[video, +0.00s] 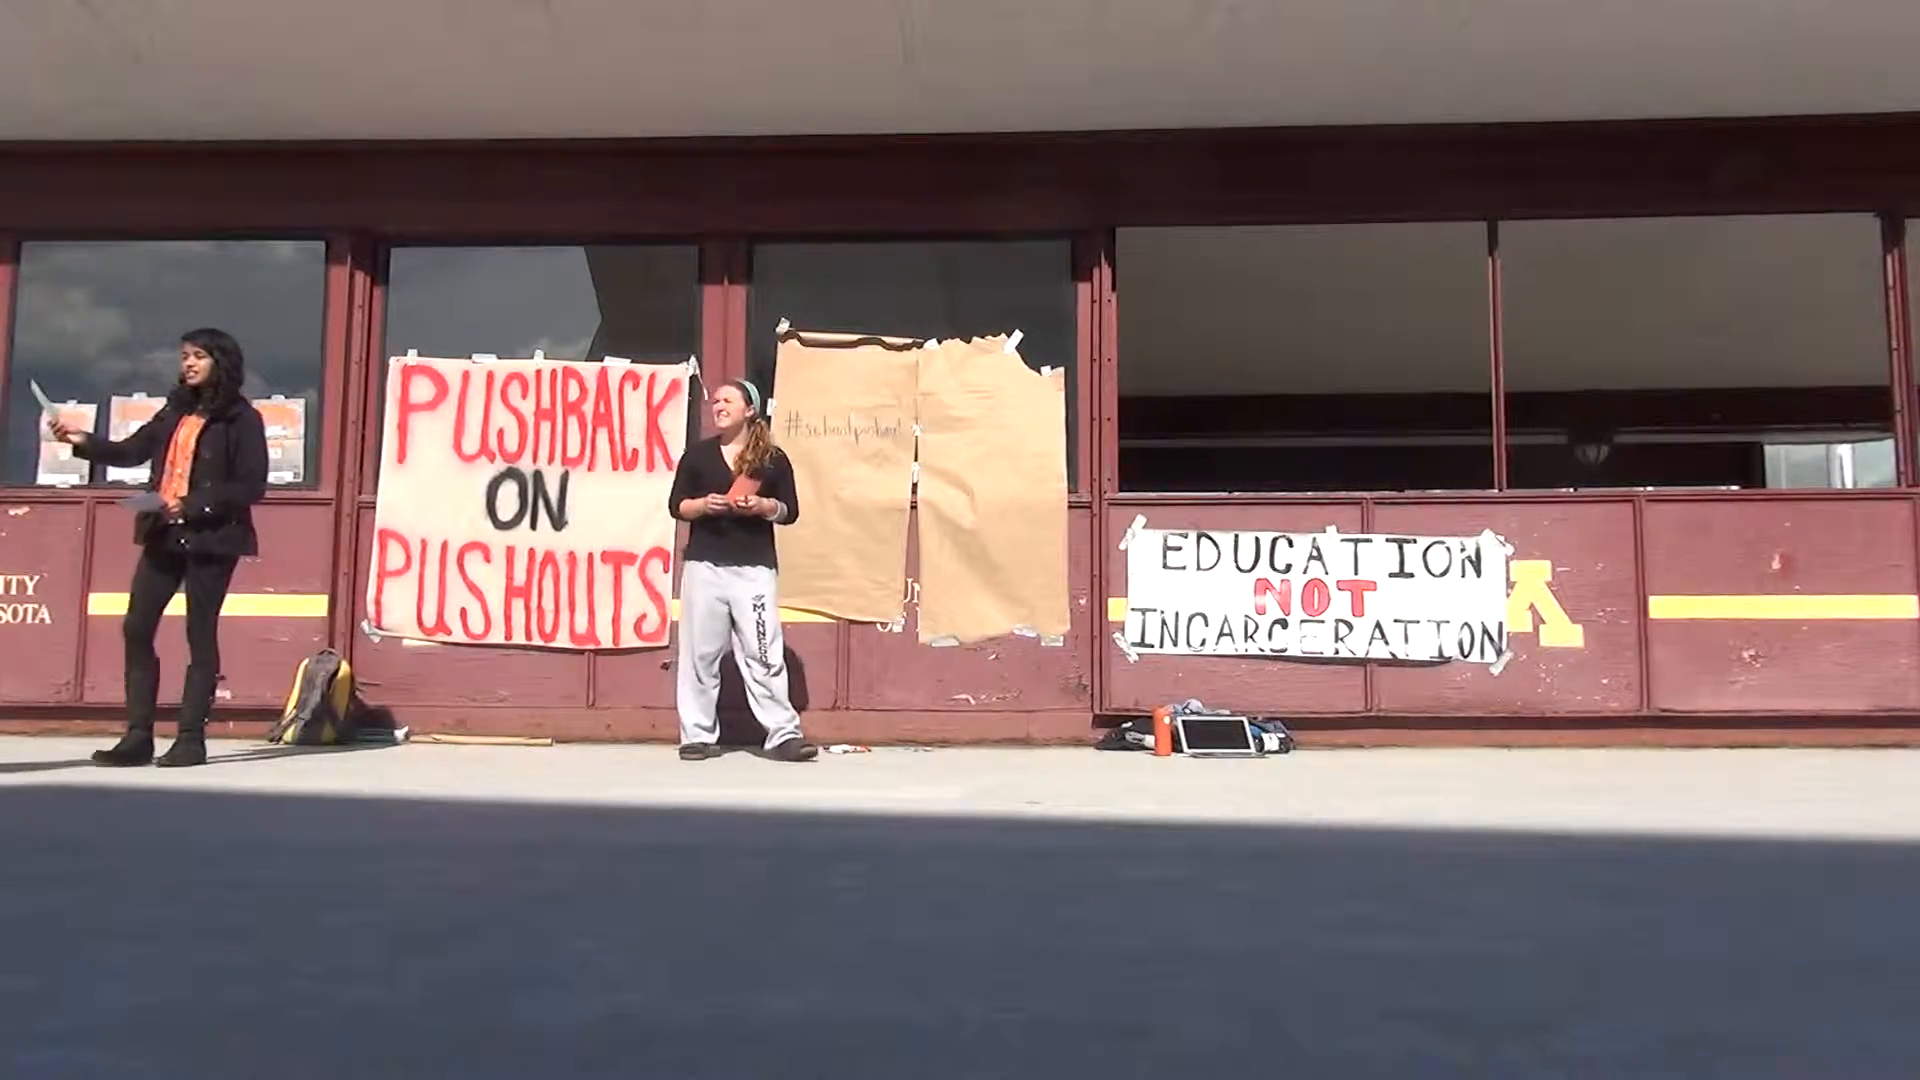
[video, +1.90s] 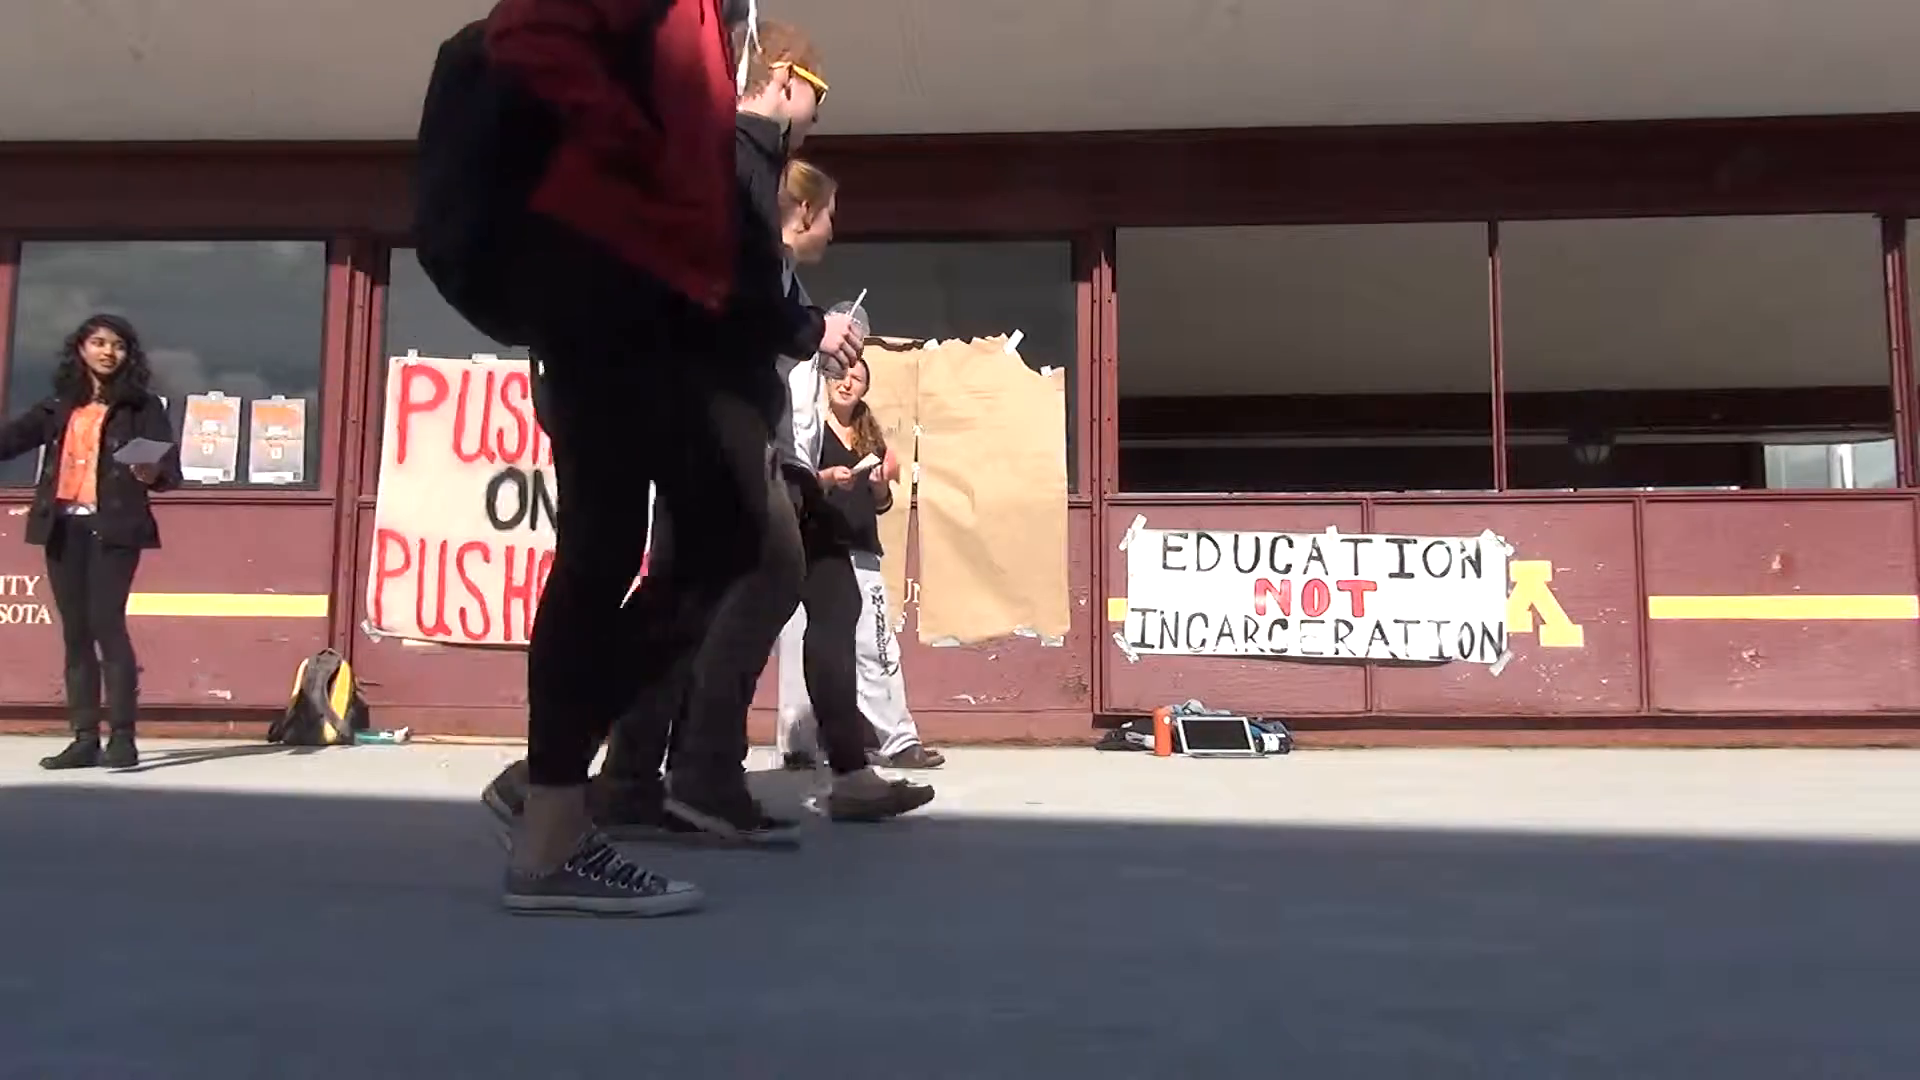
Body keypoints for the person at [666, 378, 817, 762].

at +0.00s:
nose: (717, 407)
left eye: (726, 401)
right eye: (716, 401)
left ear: (749, 410)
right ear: (715, 408)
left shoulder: (773, 457)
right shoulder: (696, 455)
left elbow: (789, 511)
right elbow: (677, 507)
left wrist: (764, 507)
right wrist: (705, 506)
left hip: (755, 569)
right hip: (704, 567)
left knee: (765, 653)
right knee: (701, 654)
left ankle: (783, 734)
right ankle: (697, 736)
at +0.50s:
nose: (776, 400)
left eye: (786, 394)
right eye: (773, 394)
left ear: (808, 406)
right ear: (769, 404)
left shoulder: (827, 454)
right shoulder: (753, 449)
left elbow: (844, 507)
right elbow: (727, 496)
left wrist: (827, 503)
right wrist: (758, 486)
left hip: (809, 562)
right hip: (759, 557)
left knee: (801, 647)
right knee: (748, 639)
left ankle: (788, 737)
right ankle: (719, 726)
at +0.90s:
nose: (808, 402)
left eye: (816, 395)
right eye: (801, 396)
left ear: (830, 402)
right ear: (791, 403)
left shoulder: (842, 450)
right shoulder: (775, 441)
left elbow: (851, 513)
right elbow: (765, 492)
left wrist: (842, 493)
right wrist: (769, 484)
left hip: (825, 557)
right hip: (780, 552)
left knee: (816, 647)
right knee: (784, 644)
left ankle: (796, 734)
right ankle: (784, 737)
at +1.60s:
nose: (820, 382)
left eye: (830, 379)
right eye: (815, 375)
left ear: (841, 391)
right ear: (803, 382)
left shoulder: (849, 438)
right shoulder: (776, 429)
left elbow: (858, 504)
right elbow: (764, 482)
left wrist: (859, 487)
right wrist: (795, 476)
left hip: (842, 555)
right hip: (791, 551)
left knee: (855, 646)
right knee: (793, 649)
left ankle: (840, 737)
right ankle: (795, 743)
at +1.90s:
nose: (847, 382)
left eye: (856, 377)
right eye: (841, 374)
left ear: (866, 388)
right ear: (827, 381)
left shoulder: (870, 434)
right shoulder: (808, 428)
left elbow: (881, 504)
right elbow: (788, 479)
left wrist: (879, 484)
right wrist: (822, 478)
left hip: (861, 552)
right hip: (811, 550)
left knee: (875, 647)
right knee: (800, 652)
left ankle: (897, 739)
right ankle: (801, 746)